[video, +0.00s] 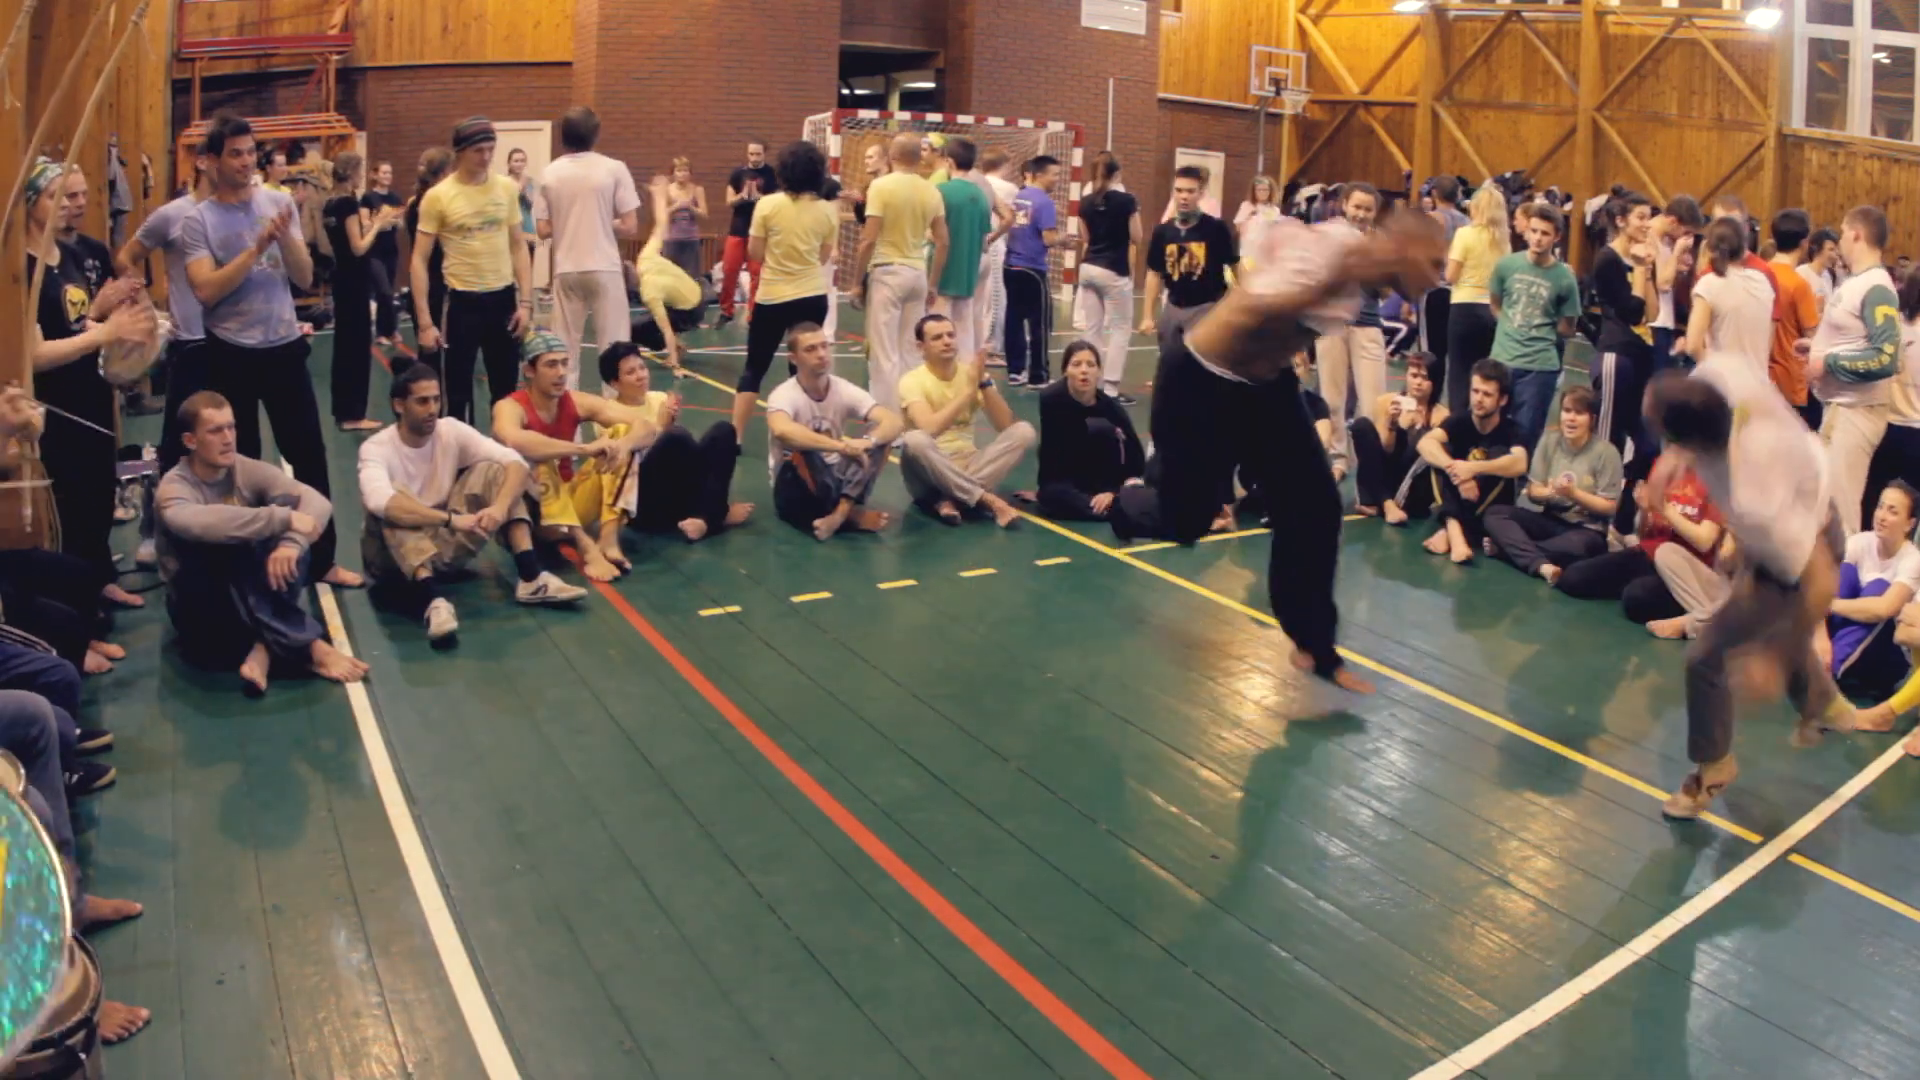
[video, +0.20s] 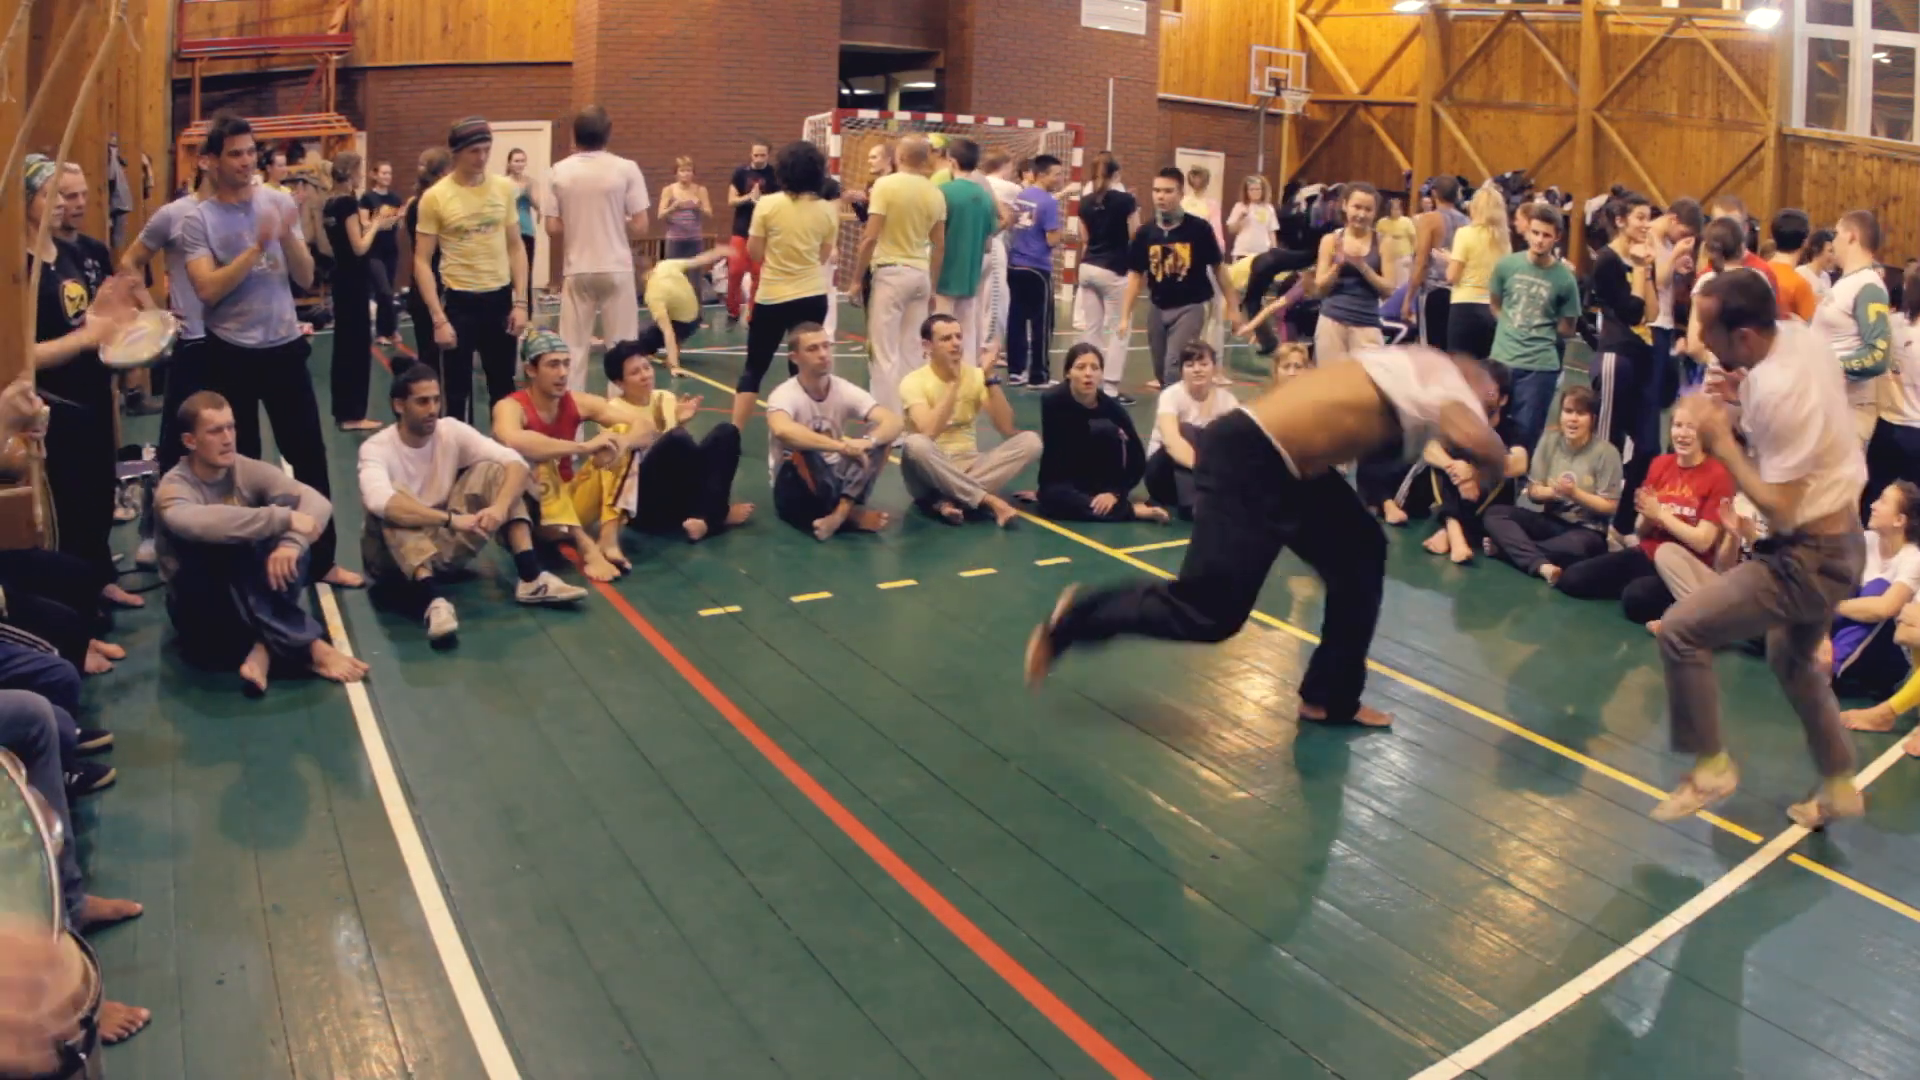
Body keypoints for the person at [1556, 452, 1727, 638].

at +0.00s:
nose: (1674, 450)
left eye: (1682, 446)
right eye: (1672, 444)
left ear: (1697, 445)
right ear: (1669, 441)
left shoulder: (1717, 479)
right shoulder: (1663, 466)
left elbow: (1704, 542)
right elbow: (1645, 530)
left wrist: (1664, 508)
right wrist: (1645, 507)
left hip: (1686, 565)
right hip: (1647, 553)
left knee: (1636, 600)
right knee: (1571, 580)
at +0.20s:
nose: (1682, 433)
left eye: (1690, 426)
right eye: (1677, 425)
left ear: (1705, 432)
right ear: (1670, 429)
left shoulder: (1719, 475)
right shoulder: (1660, 464)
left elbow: (1703, 542)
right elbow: (1641, 532)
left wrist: (1658, 514)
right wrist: (1648, 514)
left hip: (1684, 565)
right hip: (1647, 554)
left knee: (1635, 601)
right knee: (1571, 581)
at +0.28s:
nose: (1680, 434)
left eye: (1689, 427)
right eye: (1676, 426)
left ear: (1705, 433)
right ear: (1668, 429)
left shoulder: (1714, 478)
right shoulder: (1659, 464)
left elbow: (1703, 542)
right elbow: (1640, 530)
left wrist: (1659, 516)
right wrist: (1647, 515)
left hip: (1685, 569)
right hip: (1646, 556)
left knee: (1636, 600)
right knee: (1574, 581)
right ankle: (1560, 579)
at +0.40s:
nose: (1680, 434)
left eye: (1689, 428)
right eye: (1674, 426)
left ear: (1703, 433)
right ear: (1664, 429)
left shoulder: (1715, 480)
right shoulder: (1655, 470)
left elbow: (1703, 543)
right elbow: (1642, 532)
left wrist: (1662, 515)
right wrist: (1640, 515)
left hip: (1686, 567)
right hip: (1647, 556)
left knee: (1635, 600)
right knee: (1573, 580)